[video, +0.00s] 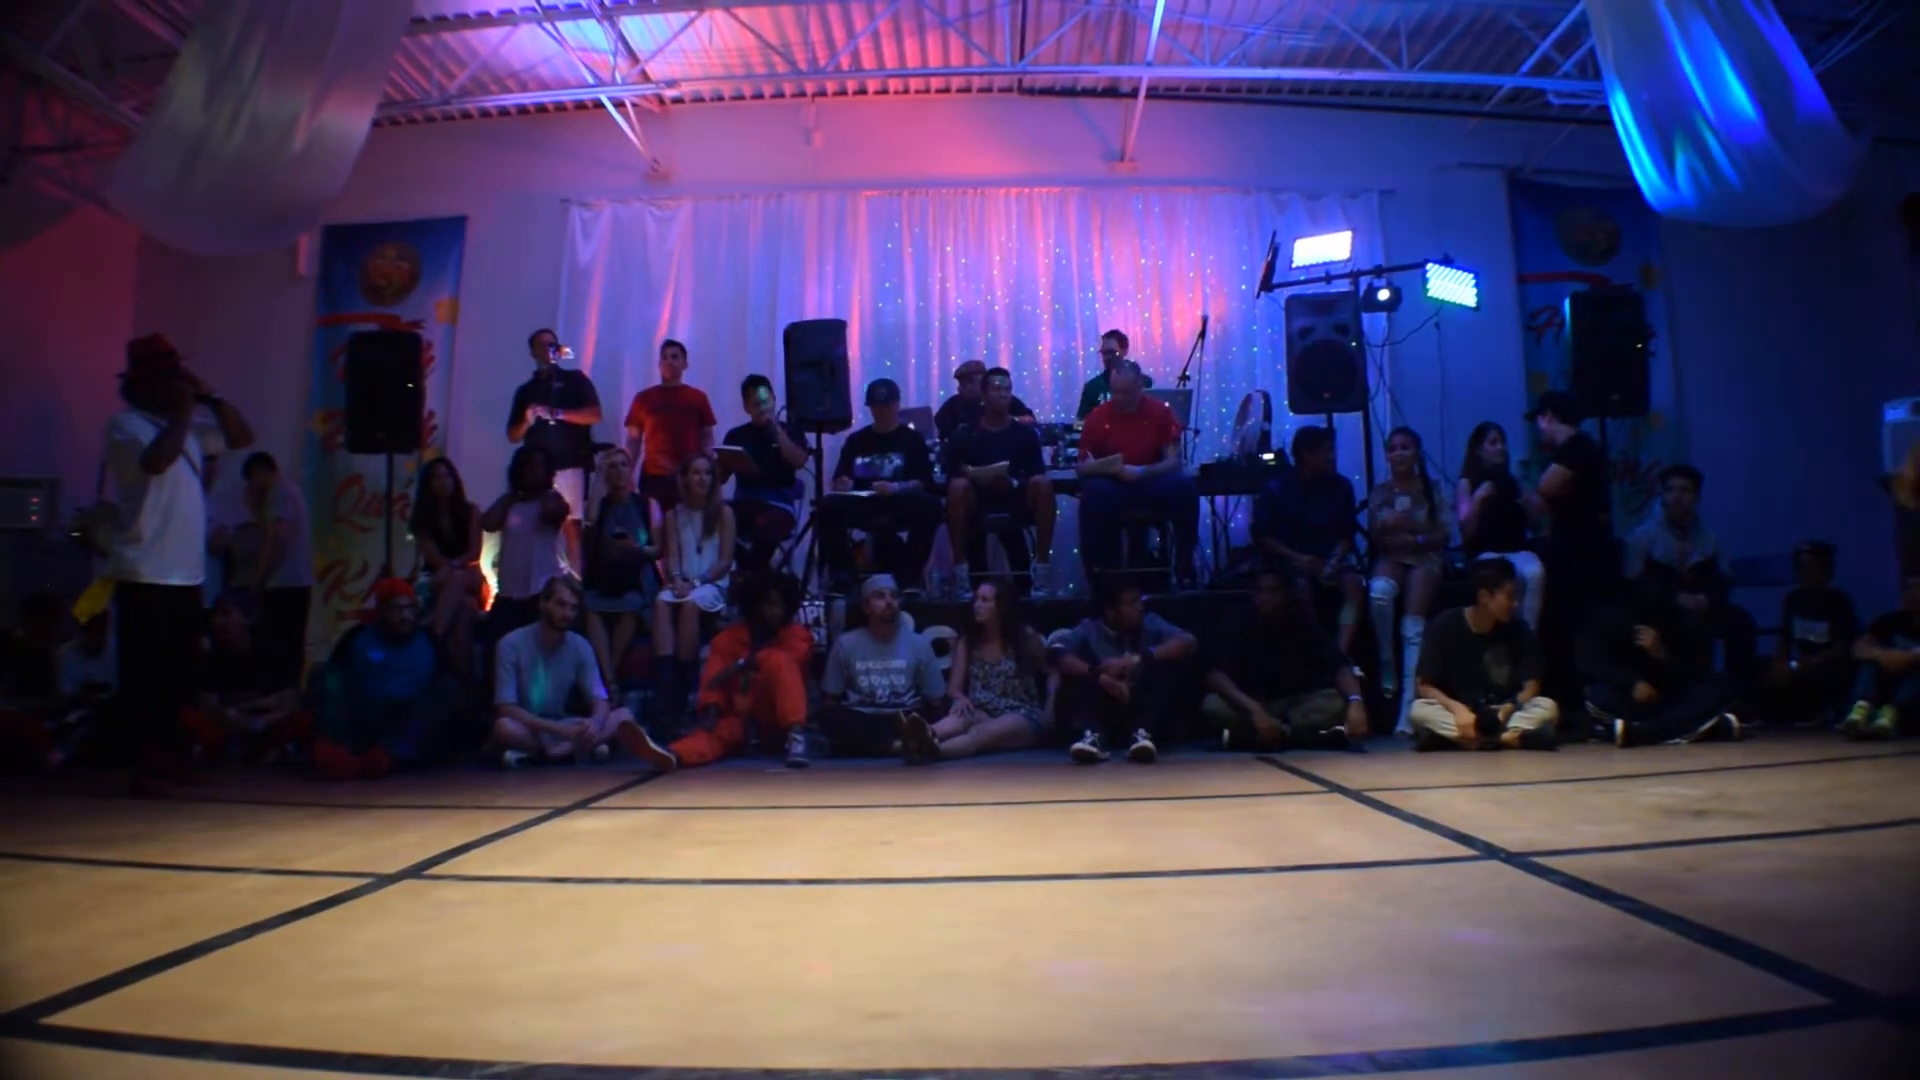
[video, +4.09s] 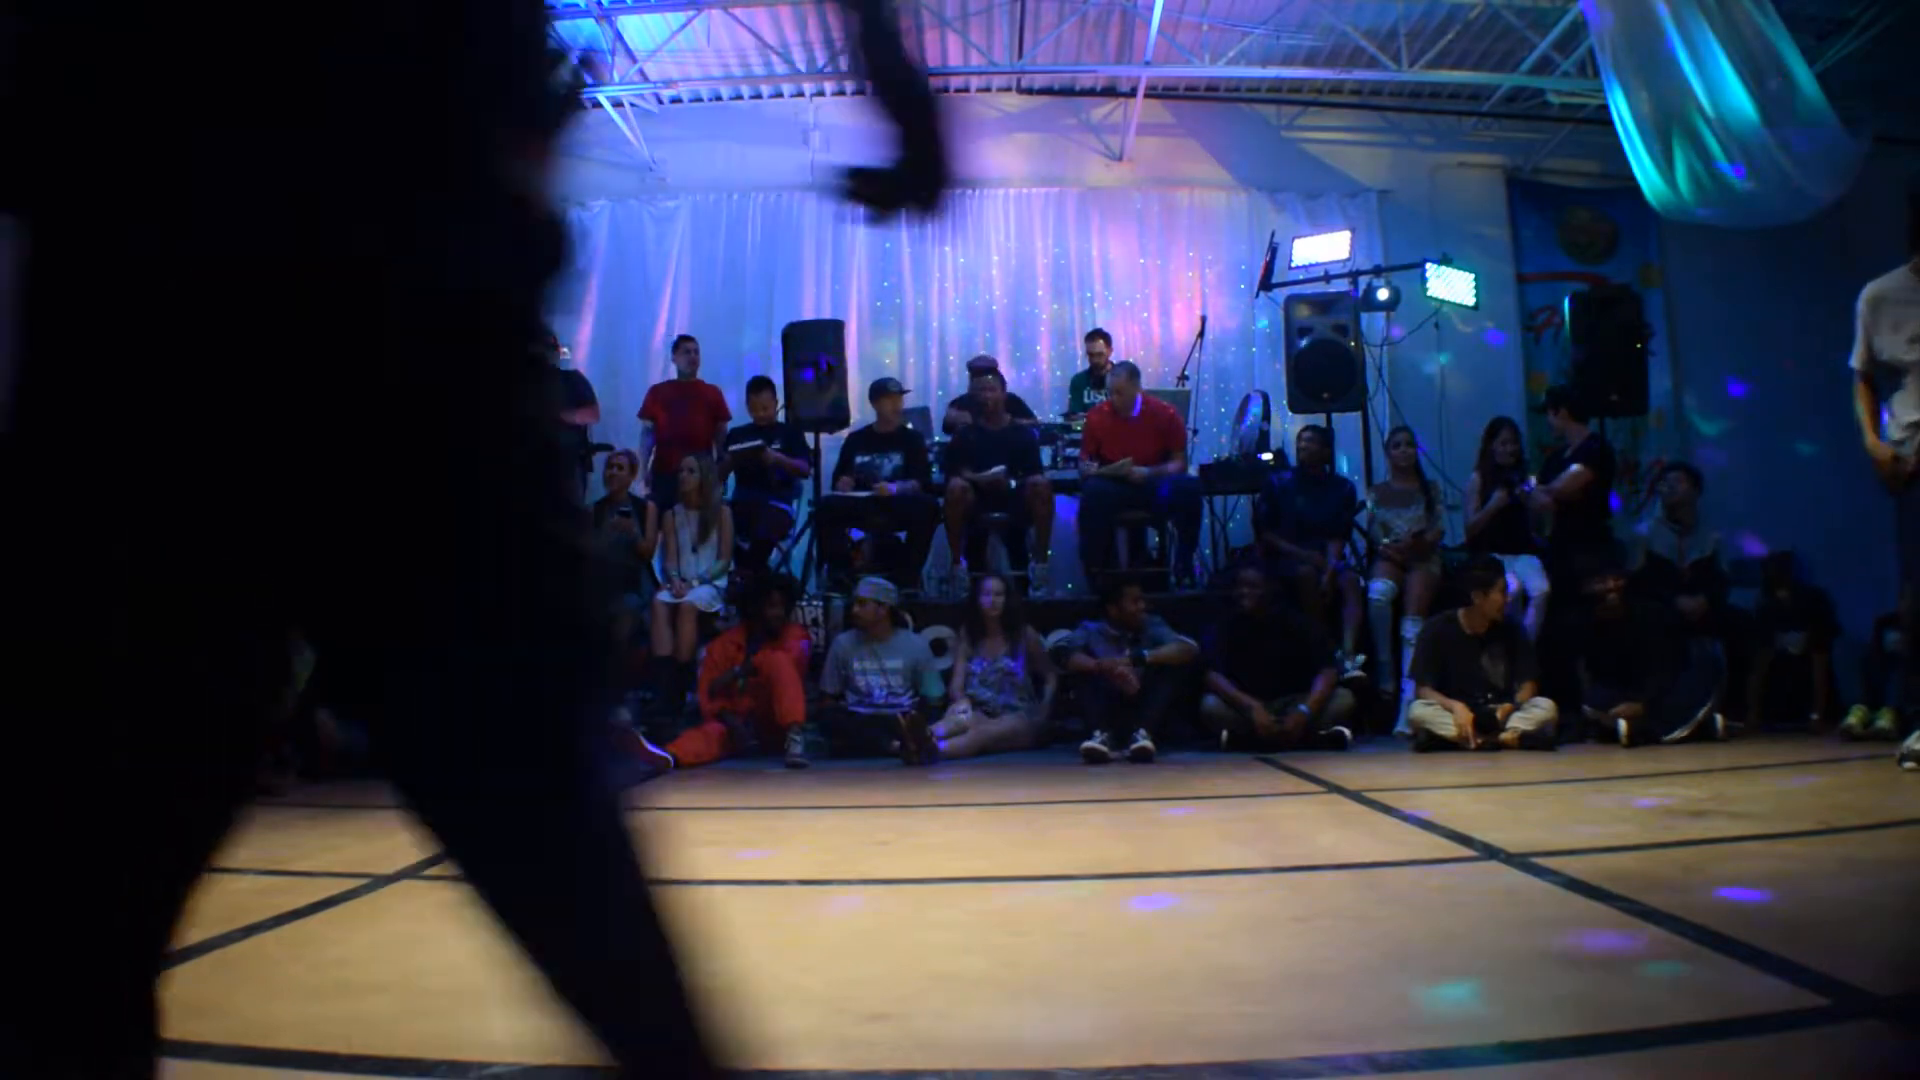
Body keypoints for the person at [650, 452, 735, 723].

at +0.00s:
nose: (702, 479)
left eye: (707, 473)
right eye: (696, 473)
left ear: (713, 479)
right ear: (683, 479)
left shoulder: (723, 513)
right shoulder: (673, 517)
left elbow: (725, 561)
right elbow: (671, 558)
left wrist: (699, 582)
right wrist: (676, 580)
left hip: (712, 580)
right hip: (682, 581)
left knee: (690, 606)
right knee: (662, 603)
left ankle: (685, 679)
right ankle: (664, 677)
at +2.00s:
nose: (700, 477)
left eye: (705, 472)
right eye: (694, 472)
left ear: (712, 478)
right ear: (682, 478)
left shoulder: (722, 514)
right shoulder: (671, 516)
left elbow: (724, 560)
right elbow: (669, 557)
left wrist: (698, 582)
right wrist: (673, 581)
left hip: (709, 581)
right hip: (678, 581)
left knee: (688, 608)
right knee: (659, 605)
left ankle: (682, 684)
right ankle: (662, 683)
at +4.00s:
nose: (683, 477)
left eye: (690, 472)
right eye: (681, 472)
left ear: (704, 477)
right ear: (678, 477)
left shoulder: (721, 514)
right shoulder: (672, 516)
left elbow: (724, 560)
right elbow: (670, 557)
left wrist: (699, 582)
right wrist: (674, 579)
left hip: (710, 580)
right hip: (679, 580)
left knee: (688, 606)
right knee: (660, 602)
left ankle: (681, 678)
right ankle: (662, 675)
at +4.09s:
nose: (683, 477)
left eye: (690, 472)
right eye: (681, 472)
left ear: (704, 478)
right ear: (678, 477)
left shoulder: (721, 514)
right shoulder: (672, 516)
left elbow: (725, 560)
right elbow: (669, 559)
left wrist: (699, 581)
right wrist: (674, 580)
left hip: (709, 580)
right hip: (679, 581)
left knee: (688, 606)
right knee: (660, 603)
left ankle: (681, 678)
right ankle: (662, 676)